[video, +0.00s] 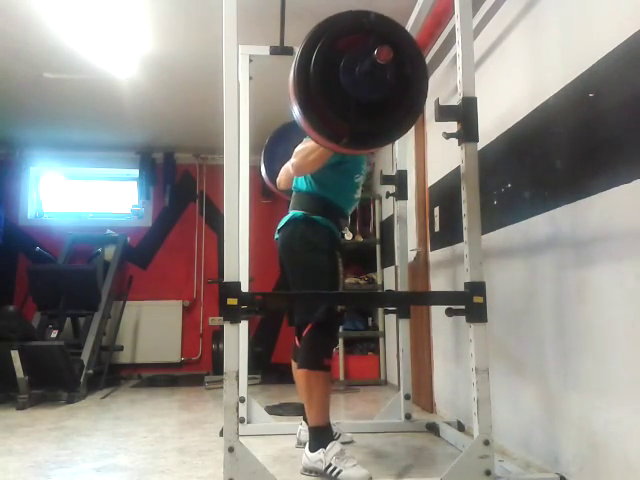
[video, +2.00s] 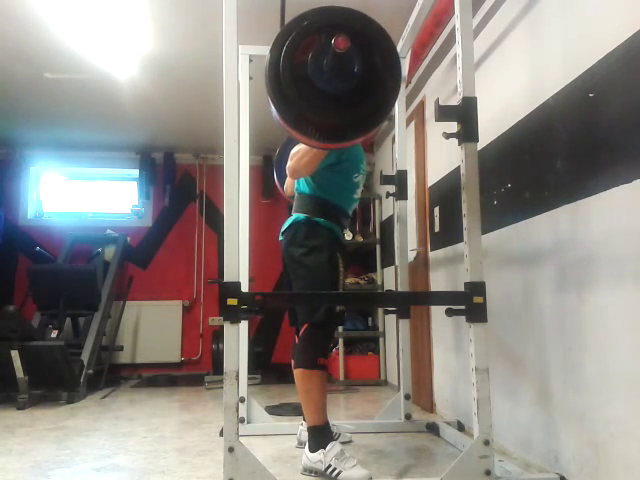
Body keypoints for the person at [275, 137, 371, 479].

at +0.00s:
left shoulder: (348, 136)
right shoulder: (333, 131)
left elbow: (282, 180)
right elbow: (295, 167)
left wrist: (297, 166)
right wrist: (336, 140)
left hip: (311, 232)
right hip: (308, 231)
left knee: (309, 334)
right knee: (320, 332)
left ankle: (314, 430)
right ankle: (320, 446)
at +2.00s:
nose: (370, 127)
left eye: (369, 122)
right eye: (366, 121)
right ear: (349, 113)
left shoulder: (346, 145)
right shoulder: (331, 135)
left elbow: (289, 187)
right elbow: (294, 169)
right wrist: (327, 131)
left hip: (318, 234)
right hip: (310, 233)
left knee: (314, 332)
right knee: (316, 331)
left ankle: (315, 429)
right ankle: (319, 446)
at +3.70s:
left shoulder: (355, 180)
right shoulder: (331, 176)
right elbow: (294, 221)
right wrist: (345, 190)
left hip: (300, 266)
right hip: (283, 264)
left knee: (335, 328)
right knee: (351, 325)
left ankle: (313, 422)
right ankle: (321, 446)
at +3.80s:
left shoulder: (361, 188)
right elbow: (296, 230)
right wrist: (348, 202)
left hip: (303, 274)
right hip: (282, 270)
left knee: (337, 330)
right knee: (355, 330)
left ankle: (313, 424)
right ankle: (321, 446)